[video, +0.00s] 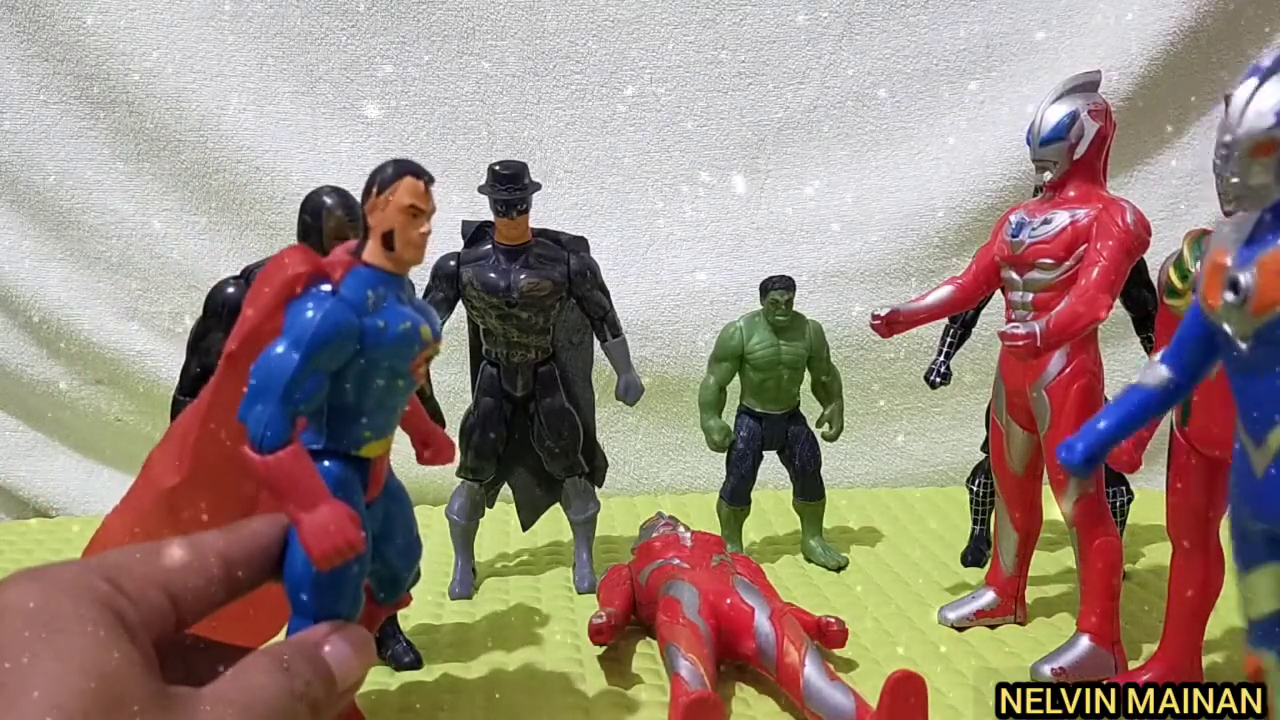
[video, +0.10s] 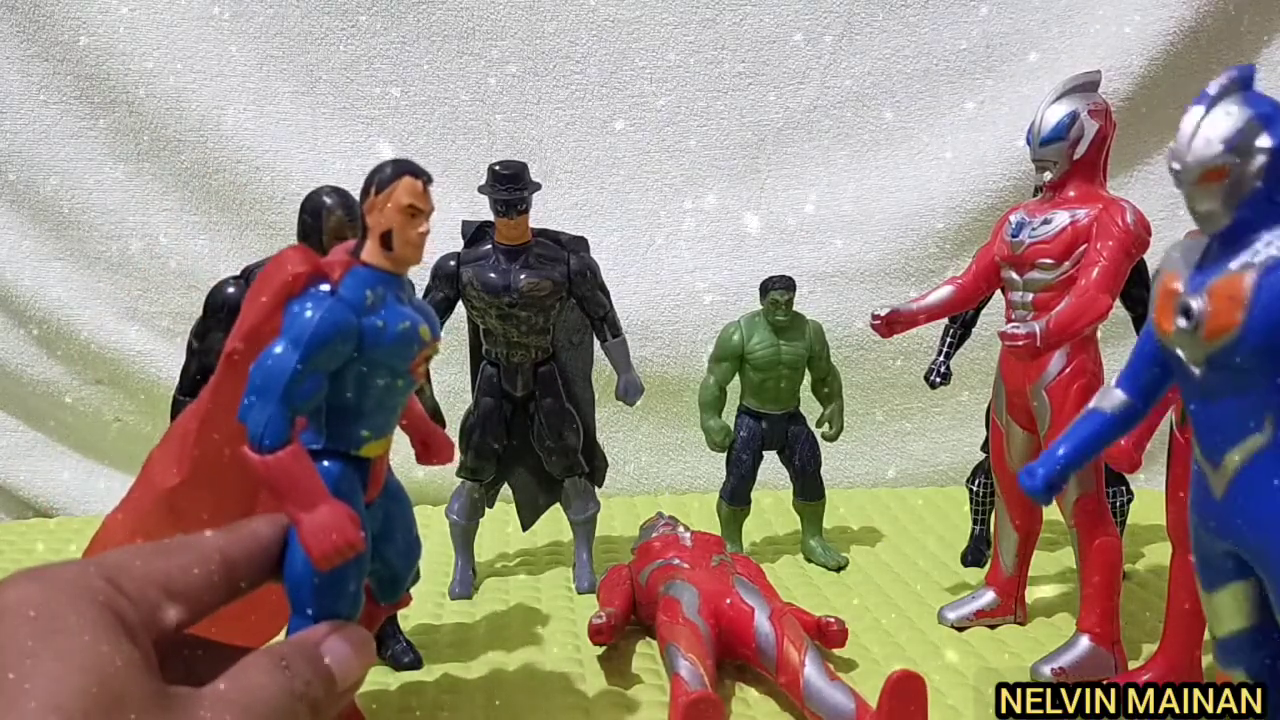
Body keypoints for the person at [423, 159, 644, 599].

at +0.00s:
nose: (512, 212)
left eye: (519, 204)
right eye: (504, 205)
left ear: (530, 202)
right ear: (491, 205)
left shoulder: (567, 258)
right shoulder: (462, 263)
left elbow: (603, 317)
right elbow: (424, 325)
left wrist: (626, 372)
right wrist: (403, 369)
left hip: (552, 379)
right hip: (493, 379)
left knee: (572, 470)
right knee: (476, 474)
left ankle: (584, 559)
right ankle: (463, 562)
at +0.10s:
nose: (511, 213)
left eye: (519, 205)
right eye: (503, 206)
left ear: (531, 203)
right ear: (490, 205)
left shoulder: (567, 259)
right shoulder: (461, 265)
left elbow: (604, 319)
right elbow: (423, 327)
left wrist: (626, 372)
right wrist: (409, 377)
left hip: (550, 378)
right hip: (493, 378)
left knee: (572, 469)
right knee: (476, 472)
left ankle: (584, 560)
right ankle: (463, 563)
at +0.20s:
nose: (510, 217)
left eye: (518, 208)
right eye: (502, 209)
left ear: (530, 205)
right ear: (490, 207)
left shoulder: (567, 259)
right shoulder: (462, 264)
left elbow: (603, 318)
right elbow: (424, 326)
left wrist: (626, 372)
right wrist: (404, 372)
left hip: (552, 380)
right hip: (493, 380)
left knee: (573, 472)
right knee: (475, 476)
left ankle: (584, 559)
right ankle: (463, 562)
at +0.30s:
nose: (513, 214)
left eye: (520, 205)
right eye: (504, 206)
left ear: (531, 203)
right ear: (491, 206)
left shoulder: (567, 258)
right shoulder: (462, 264)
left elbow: (603, 318)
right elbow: (424, 325)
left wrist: (626, 372)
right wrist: (404, 371)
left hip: (552, 379)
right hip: (493, 379)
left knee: (572, 471)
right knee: (476, 474)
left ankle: (584, 559)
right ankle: (463, 562)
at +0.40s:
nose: (512, 212)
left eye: (518, 204)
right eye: (503, 205)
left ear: (530, 202)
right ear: (490, 204)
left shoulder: (566, 255)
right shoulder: (462, 263)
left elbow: (603, 317)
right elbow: (424, 326)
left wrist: (626, 372)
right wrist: (404, 372)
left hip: (553, 380)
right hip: (493, 380)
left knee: (573, 471)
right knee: (476, 474)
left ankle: (584, 559)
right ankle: (463, 563)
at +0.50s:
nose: (511, 214)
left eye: (518, 206)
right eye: (503, 206)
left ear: (530, 203)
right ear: (490, 205)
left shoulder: (567, 257)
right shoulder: (462, 264)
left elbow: (603, 317)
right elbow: (426, 324)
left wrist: (626, 372)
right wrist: (407, 367)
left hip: (552, 374)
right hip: (494, 373)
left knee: (573, 467)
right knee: (477, 470)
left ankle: (584, 559)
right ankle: (463, 562)